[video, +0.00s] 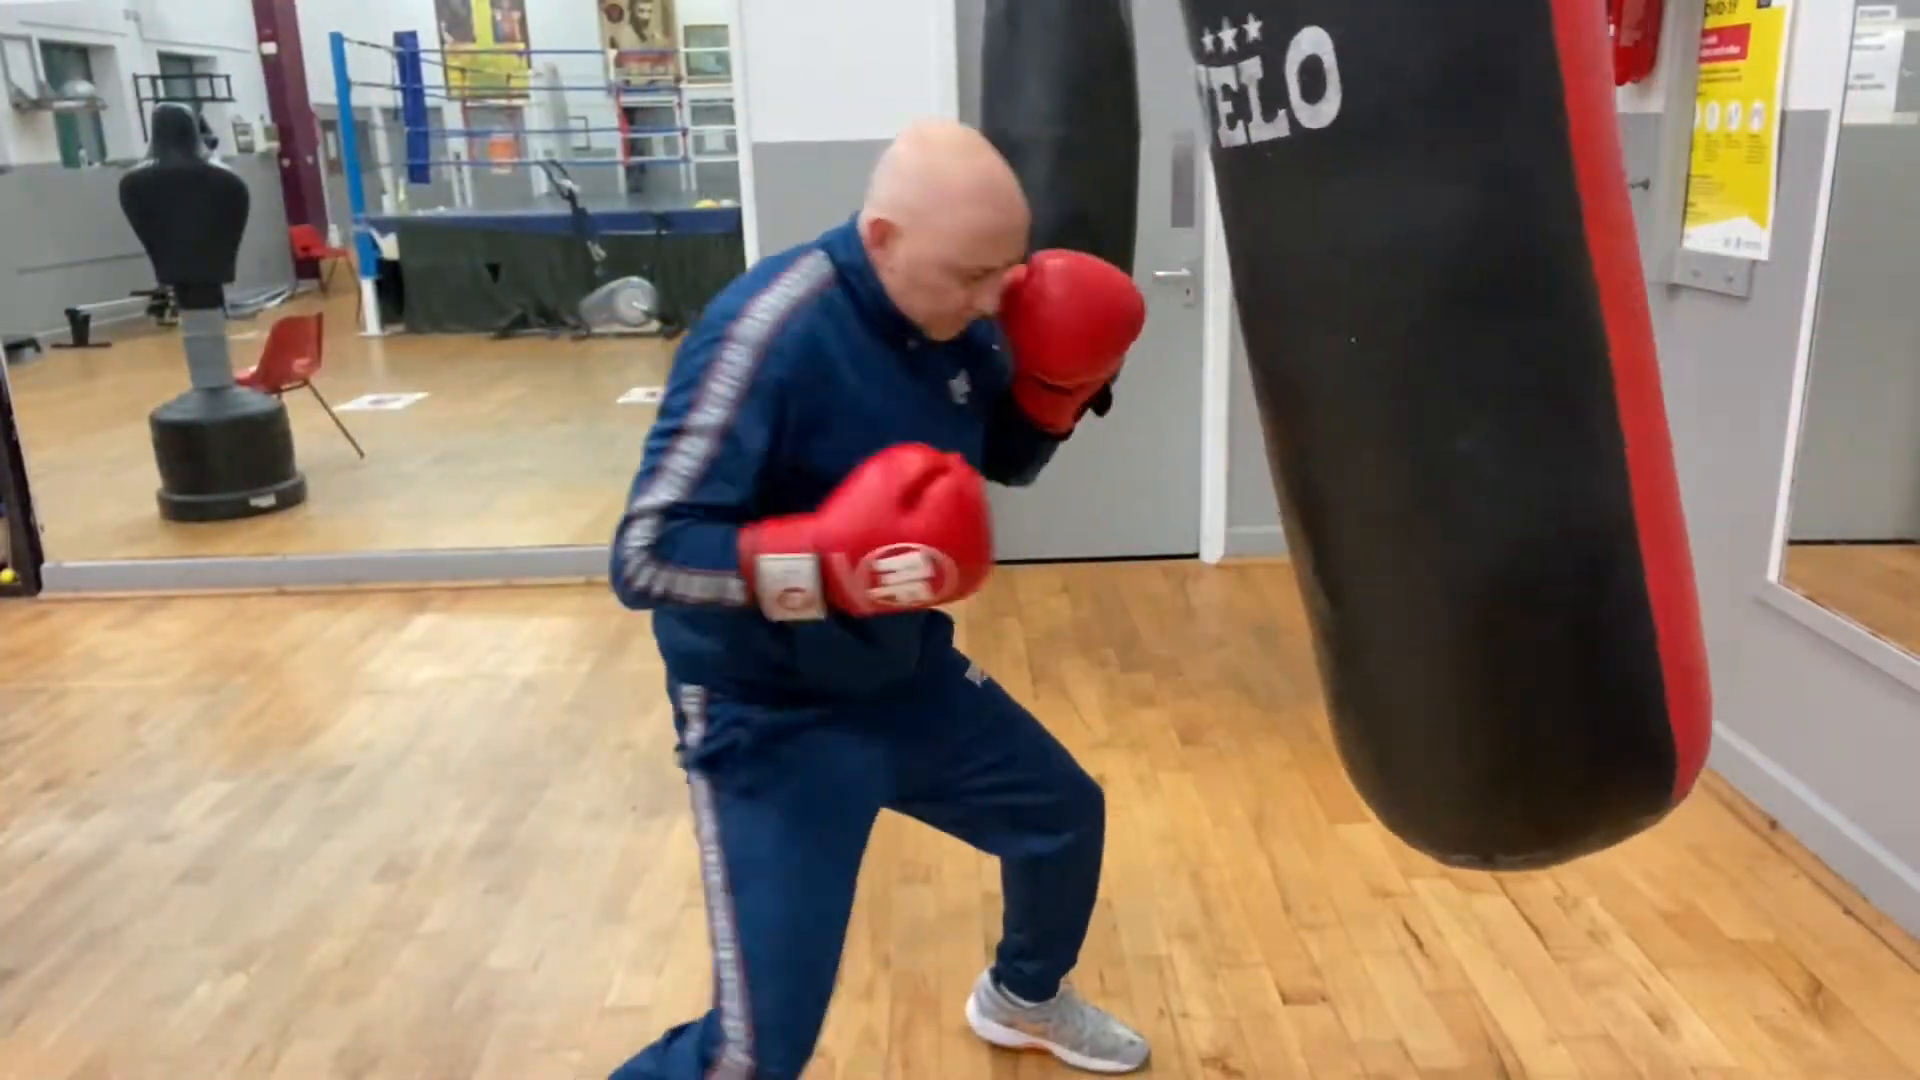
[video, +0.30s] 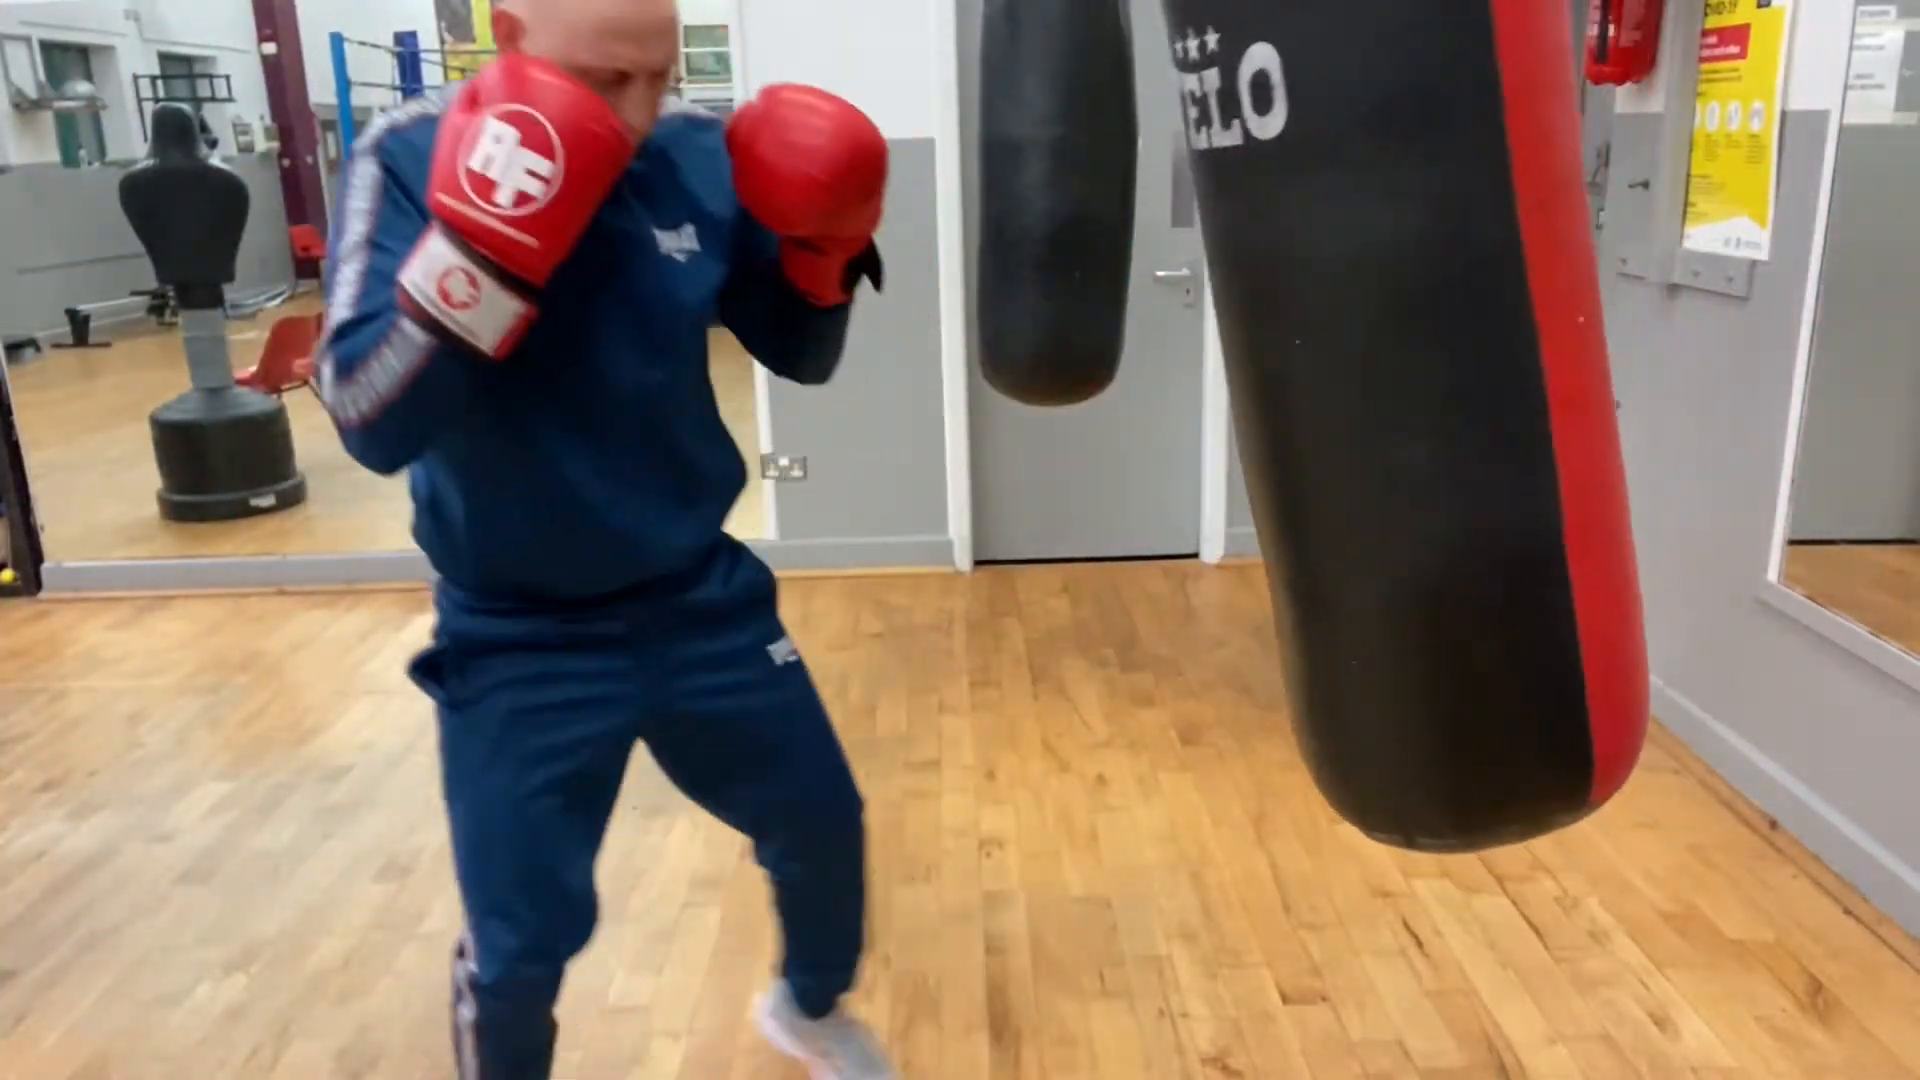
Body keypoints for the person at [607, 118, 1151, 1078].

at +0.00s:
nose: (995, 299)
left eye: (1004, 274)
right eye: (974, 279)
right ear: (885, 239)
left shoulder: (955, 315)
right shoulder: (763, 329)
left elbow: (1006, 458)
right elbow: (646, 555)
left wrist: (1059, 384)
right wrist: (823, 567)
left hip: (904, 678)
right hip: (766, 716)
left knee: (1062, 816)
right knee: (756, 1052)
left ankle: (1024, 997)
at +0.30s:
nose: (636, 112)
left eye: (660, 80)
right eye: (603, 83)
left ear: (679, 54)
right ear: (504, 44)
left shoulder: (699, 158)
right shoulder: (406, 167)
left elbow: (800, 352)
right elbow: (369, 421)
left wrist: (824, 247)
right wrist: (485, 243)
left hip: (700, 606)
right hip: (518, 636)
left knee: (822, 819)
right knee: (520, 946)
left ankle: (810, 1007)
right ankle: (505, 1068)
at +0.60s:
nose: (403, 153)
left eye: (422, 118)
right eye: (369, 120)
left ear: (440, 95)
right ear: (266, 86)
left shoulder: (447, 207)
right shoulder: (153, 220)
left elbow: (564, 440)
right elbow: (145, 491)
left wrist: (545, 308)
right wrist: (276, 339)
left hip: (484, 677)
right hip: (278, 708)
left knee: (640, 900)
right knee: (189, 1015)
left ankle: (674, 1049)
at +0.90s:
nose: (160, 82)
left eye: (180, 45)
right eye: (123, 41)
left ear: (196, 39)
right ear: (15, 26)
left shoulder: (212, 164)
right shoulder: (8, 199)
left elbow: (346, 385)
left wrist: (316, 233)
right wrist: (33, 279)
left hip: (269, 627)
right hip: (59, 669)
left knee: (417, 880)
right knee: (40, 1025)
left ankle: (350, 1050)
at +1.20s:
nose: (108, 20)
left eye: (124, 2)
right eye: (73, 8)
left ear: (145, 11)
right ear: (9, 17)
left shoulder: (184, 130)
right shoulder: (9, 161)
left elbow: (307, 346)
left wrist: (275, 189)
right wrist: (30, 208)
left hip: (222, 594)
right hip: (34, 619)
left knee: (300, 866)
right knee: (28, 966)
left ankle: (303, 1051)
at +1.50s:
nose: (77, 38)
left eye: (94, 13)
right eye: (48, 13)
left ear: (116, 17)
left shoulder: (145, 150)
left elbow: (278, 355)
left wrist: (243, 192)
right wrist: (24, 224)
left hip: (202, 594)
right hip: (33, 626)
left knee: (291, 847)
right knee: (15, 949)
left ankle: (312, 1040)